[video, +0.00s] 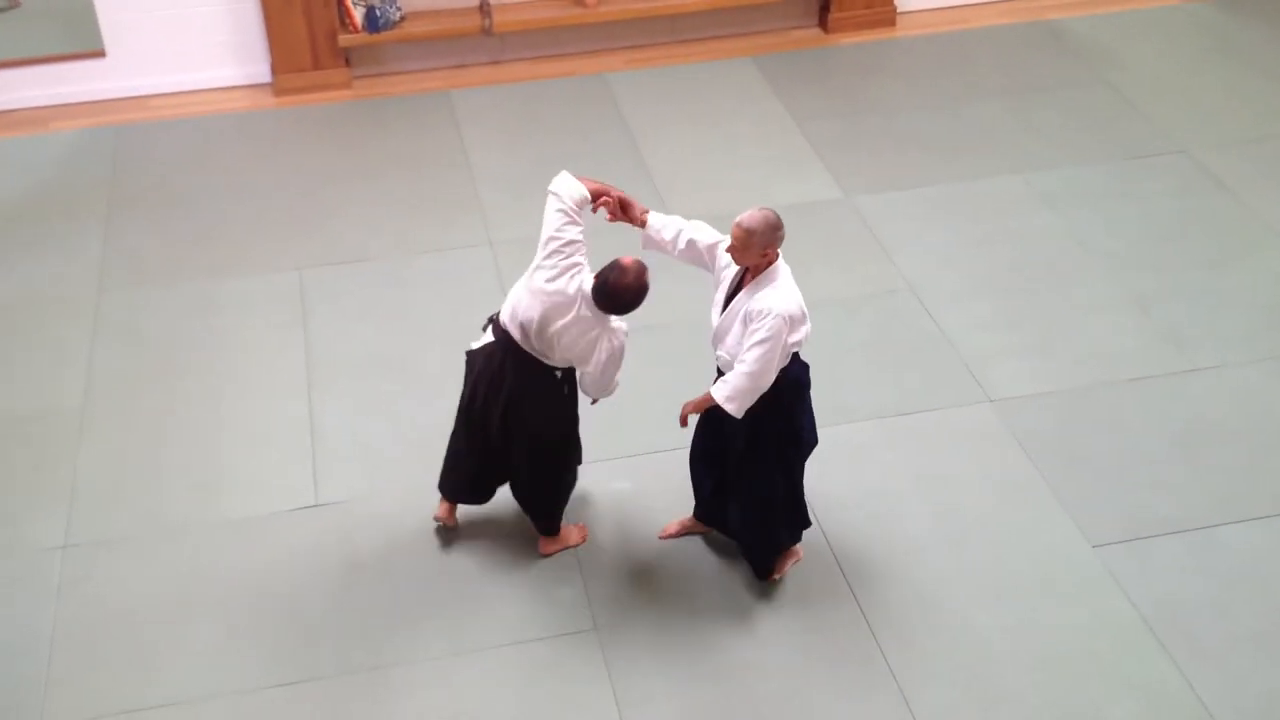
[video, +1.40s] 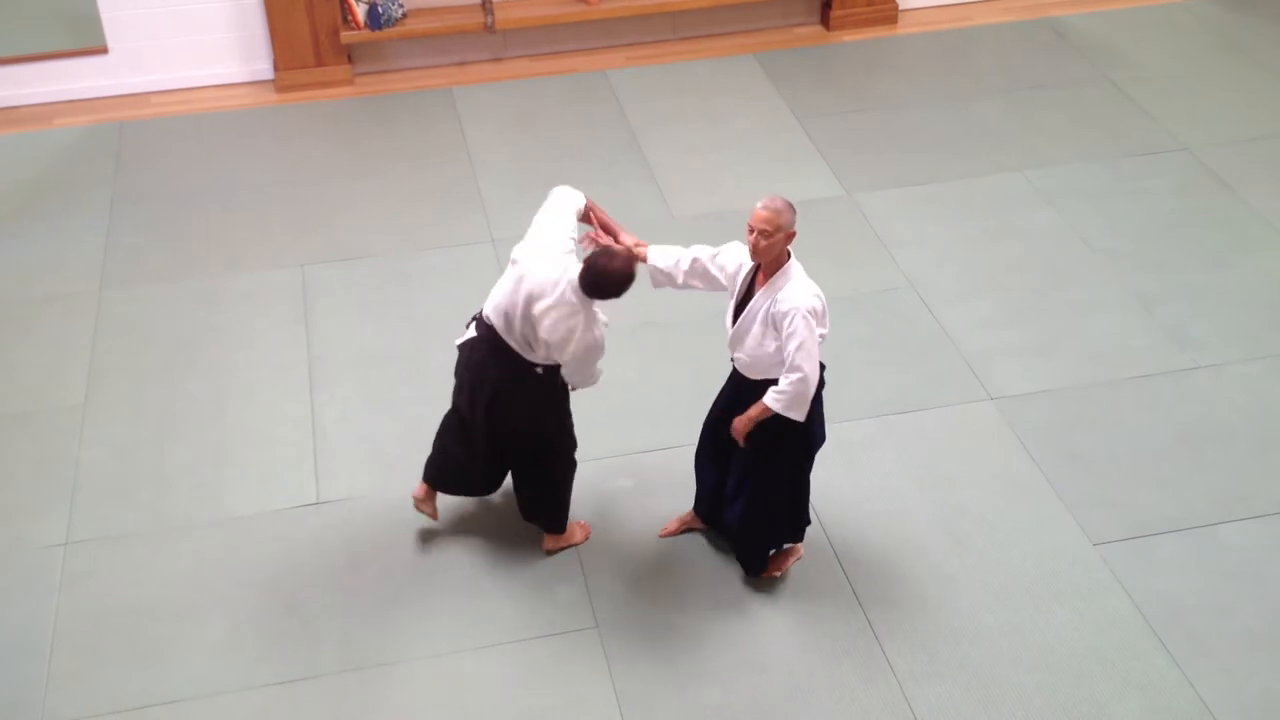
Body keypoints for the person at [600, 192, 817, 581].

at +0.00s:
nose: (728, 246)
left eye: (737, 244)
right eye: (731, 238)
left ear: (766, 254)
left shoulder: (777, 308)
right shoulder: (735, 258)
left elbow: (754, 373)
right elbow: (690, 237)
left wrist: (708, 400)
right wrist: (641, 217)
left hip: (771, 398)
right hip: (731, 382)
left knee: (766, 474)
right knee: (709, 452)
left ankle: (783, 547)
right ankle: (707, 515)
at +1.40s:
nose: (753, 241)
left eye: (763, 235)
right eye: (751, 231)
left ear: (788, 238)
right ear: (747, 227)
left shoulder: (798, 301)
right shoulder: (742, 262)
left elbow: (802, 377)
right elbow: (690, 262)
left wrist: (753, 414)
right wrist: (632, 248)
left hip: (785, 399)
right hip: (744, 381)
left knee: (776, 475)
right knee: (714, 443)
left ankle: (789, 543)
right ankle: (706, 512)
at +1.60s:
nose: (769, 241)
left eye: (781, 236)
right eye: (766, 231)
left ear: (805, 239)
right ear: (763, 228)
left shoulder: (812, 302)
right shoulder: (756, 265)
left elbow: (822, 377)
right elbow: (711, 286)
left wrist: (782, 414)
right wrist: (652, 290)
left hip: (802, 400)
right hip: (761, 382)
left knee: (779, 477)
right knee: (730, 445)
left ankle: (783, 548)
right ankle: (728, 507)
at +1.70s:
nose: (777, 239)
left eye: (788, 233)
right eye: (774, 229)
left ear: (813, 237)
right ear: (770, 226)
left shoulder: (820, 299)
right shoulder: (764, 266)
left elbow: (831, 373)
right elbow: (720, 298)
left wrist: (789, 410)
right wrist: (658, 314)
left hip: (806, 402)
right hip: (765, 384)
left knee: (784, 479)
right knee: (741, 453)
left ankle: (781, 560)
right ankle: (757, 526)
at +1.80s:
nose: (785, 236)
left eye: (797, 230)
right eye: (783, 226)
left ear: (821, 235)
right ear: (778, 224)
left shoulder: (829, 295)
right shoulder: (773, 264)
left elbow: (839, 370)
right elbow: (731, 303)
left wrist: (792, 404)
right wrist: (673, 324)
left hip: (807, 402)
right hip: (769, 384)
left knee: (786, 479)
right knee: (761, 460)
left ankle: (780, 559)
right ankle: (788, 530)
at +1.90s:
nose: (794, 231)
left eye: (805, 225)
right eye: (792, 221)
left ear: (829, 230)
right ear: (787, 219)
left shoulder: (837, 290)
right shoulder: (780, 261)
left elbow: (845, 363)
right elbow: (739, 303)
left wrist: (794, 393)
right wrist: (685, 326)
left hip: (812, 399)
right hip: (775, 379)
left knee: (783, 479)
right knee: (776, 445)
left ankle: (781, 557)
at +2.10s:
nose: (814, 215)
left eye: (824, 209)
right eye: (810, 205)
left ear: (847, 213)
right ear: (806, 204)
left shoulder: (858, 271)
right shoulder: (798, 246)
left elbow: (863, 344)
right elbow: (764, 289)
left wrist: (805, 360)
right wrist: (720, 323)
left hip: (834, 380)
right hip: (796, 367)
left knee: (789, 466)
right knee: (809, 434)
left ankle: (786, 551)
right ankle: (841, 482)